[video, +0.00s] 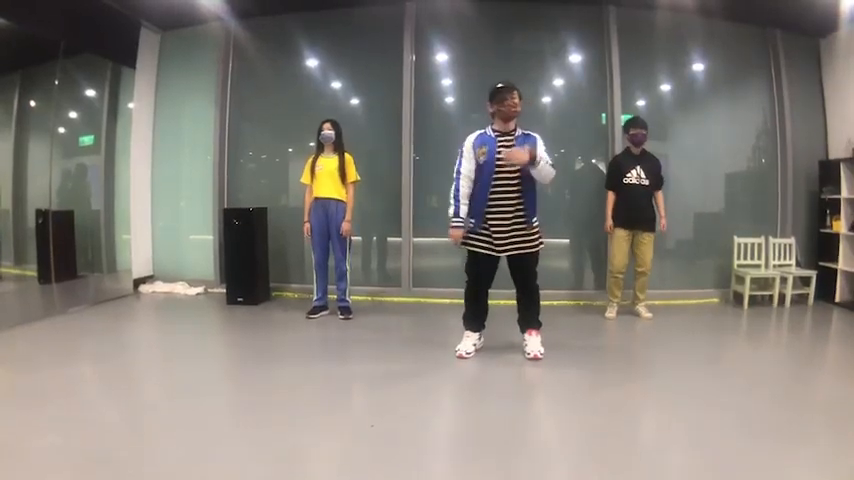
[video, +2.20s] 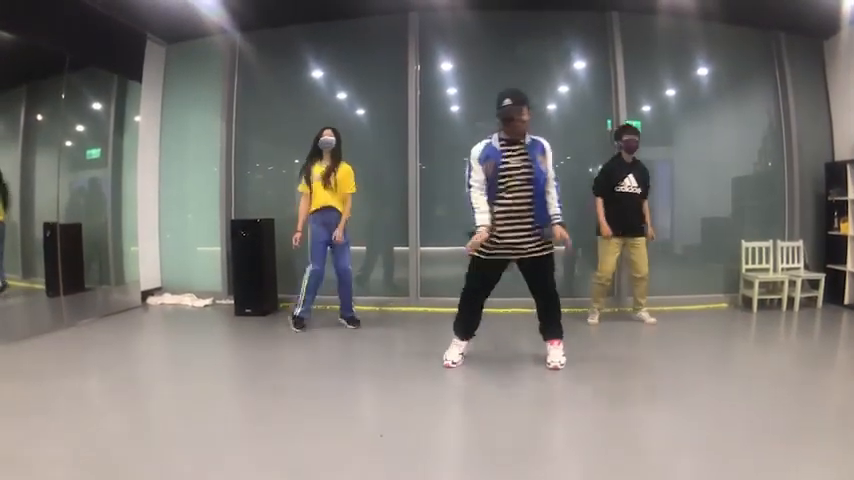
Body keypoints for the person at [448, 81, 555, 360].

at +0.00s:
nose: (512, 103)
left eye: (515, 98)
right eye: (505, 99)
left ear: (521, 104)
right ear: (492, 106)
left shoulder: (532, 141)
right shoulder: (475, 141)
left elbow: (548, 177)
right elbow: (463, 181)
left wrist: (531, 158)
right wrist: (458, 221)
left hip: (522, 226)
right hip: (484, 226)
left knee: (527, 281)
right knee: (477, 282)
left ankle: (531, 333)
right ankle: (472, 333)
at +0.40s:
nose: (530, 109)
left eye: (534, 103)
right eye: (523, 104)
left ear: (543, 105)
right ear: (513, 108)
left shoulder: (554, 141)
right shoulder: (498, 140)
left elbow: (557, 172)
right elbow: (484, 169)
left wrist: (544, 194)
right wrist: (481, 189)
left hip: (536, 223)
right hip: (499, 219)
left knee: (536, 280)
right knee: (484, 270)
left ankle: (535, 332)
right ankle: (482, 318)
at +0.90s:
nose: (506, 108)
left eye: (511, 102)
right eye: (500, 103)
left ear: (520, 108)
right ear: (490, 109)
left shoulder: (534, 141)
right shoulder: (473, 145)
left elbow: (562, 167)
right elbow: (464, 178)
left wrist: (568, 207)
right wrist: (443, 172)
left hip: (524, 227)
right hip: (485, 228)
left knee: (532, 283)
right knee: (482, 285)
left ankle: (537, 336)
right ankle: (479, 337)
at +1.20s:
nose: (508, 108)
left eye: (512, 103)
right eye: (501, 104)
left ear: (520, 108)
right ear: (490, 110)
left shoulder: (531, 143)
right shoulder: (475, 142)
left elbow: (540, 176)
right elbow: (468, 174)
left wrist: (548, 188)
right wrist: (482, 183)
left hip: (523, 228)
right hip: (486, 229)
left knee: (534, 284)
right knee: (479, 285)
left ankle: (540, 337)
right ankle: (474, 338)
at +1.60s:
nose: (514, 114)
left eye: (519, 109)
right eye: (508, 110)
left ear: (527, 114)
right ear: (497, 115)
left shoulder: (537, 152)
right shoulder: (478, 150)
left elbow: (542, 192)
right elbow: (470, 191)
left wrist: (545, 228)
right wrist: (468, 224)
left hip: (524, 235)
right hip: (486, 235)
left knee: (534, 290)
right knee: (474, 289)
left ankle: (540, 341)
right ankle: (465, 340)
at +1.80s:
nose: (484, 123)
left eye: (489, 117)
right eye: (479, 119)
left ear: (500, 120)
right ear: (472, 124)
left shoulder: (517, 151)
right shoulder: (467, 161)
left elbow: (544, 183)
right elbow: (463, 196)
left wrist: (520, 209)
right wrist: (448, 213)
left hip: (515, 237)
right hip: (480, 238)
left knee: (522, 289)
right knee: (465, 291)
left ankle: (557, 336)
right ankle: (467, 342)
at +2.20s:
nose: (524, 124)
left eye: (525, 117)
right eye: (518, 119)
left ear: (528, 115)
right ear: (503, 120)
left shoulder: (540, 147)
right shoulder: (482, 151)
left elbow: (549, 184)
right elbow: (477, 190)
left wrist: (556, 221)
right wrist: (482, 226)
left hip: (533, 237)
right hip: (496, 238)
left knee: (545, 291)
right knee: (474, 290)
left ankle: (554, 342)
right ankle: (460, 340)